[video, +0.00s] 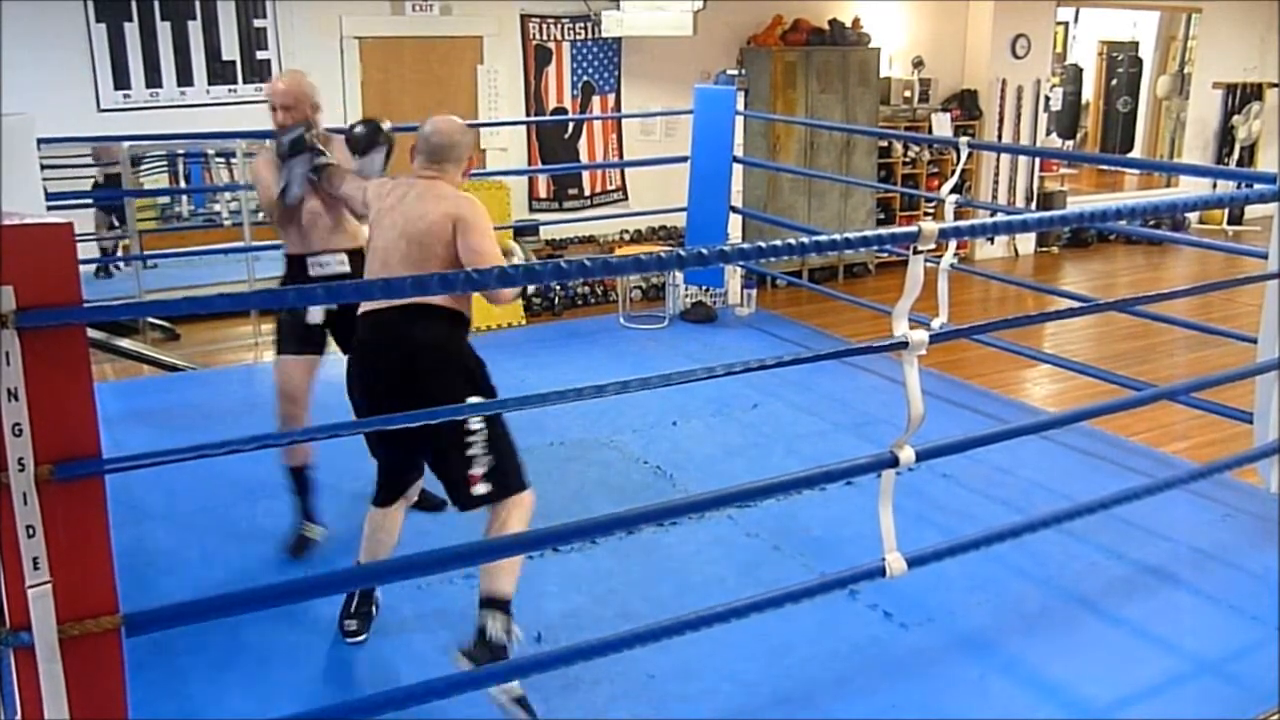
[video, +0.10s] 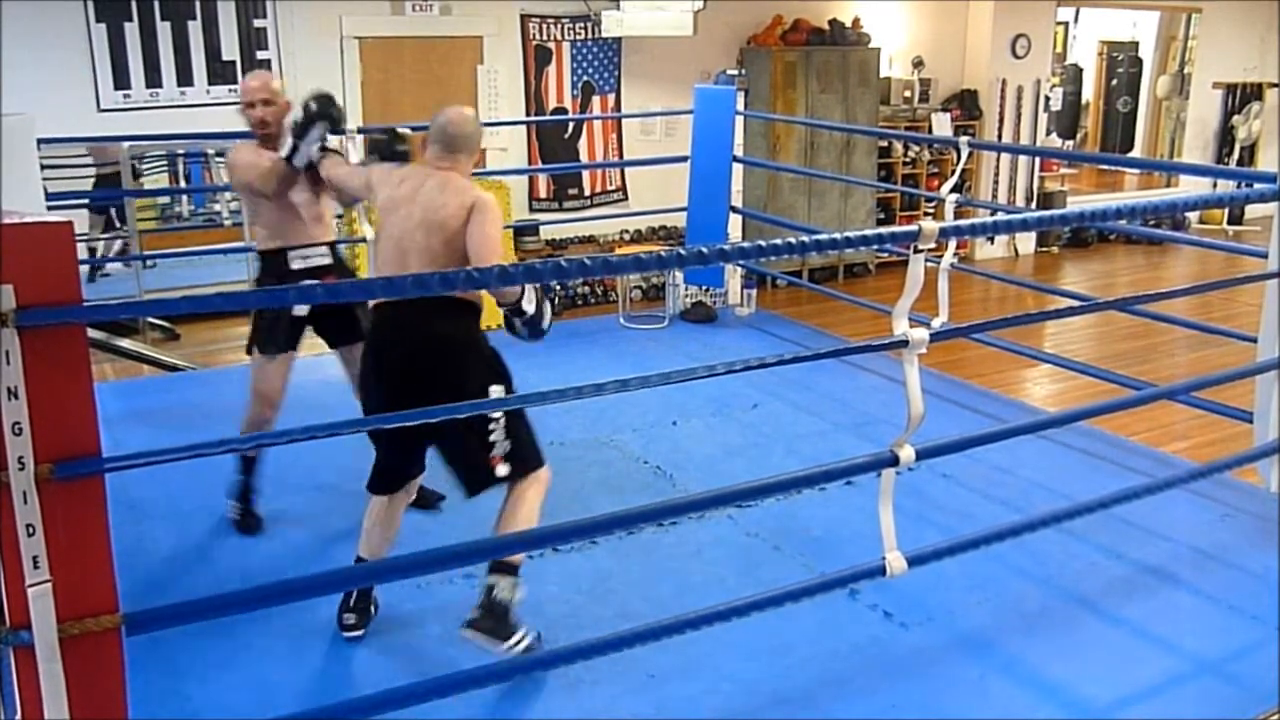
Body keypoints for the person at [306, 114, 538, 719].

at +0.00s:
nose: (478, 164)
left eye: (473, 154)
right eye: (477, 156)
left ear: (417, 154)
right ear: (467, 164)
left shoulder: (384, 193)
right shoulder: (464, 209)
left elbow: (348, 191)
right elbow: (499, 290)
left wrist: (334, 166)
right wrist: (529, 269)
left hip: (370, 360)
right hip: (438, 361)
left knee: (398, 481)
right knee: (513, 495)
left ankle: (358, 606)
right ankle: (493, 630)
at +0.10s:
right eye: (484, 152)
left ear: (426, 144)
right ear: (478, 154)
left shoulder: (388, 179)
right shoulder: (478, 201)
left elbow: (335, 172)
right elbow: (488, 267)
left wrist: (314, 145)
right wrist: (523, 302)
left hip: (387, 346)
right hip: (454, 346)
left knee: (395, 477)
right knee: (531, 472)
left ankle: (357, 600)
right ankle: (496, 606)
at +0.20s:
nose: (504, 146)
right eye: (504, 138)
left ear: (450, 129)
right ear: (500, 141)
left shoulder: (408, 167)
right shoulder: (503, 195)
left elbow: (334, 177)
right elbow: (520, 284)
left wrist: (349, 202)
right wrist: (534, 292)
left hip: (408, 337)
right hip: (474, 339)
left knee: (396, 473)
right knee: (549, 444)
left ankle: (357, 594)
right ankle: (546, 580)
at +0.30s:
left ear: (484, 124)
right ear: (533, 136)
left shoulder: (439, 168)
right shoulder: (539, 194)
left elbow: (356, 195)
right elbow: (558, 281)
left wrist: (381, 211)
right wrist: (537, 271)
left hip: (434, 329)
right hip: (503, 331)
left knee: (406, 462)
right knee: (566, 429)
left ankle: (364, 589)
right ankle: (595, 542)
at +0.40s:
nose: (514, 131)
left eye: (515, 124)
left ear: (515, 128)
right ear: (563, 138)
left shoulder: (474, 175)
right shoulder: (577, 198)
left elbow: (409, 230)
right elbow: (604, 285)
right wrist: (570, 263)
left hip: (476, 328)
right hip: (545, 332)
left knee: (434, 454)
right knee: (584, 427)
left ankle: (373, 576)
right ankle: (603, 538)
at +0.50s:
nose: (533, 124)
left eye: (536, 117)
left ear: (541, 122)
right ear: (588, 127)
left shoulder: (505, 174)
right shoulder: (606, 185)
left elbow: (474, 251)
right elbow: (628, 260)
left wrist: (475, 206)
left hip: (515, 318)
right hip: (582, 319)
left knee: (469, 429)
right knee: (603, 425)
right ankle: (604, 537)